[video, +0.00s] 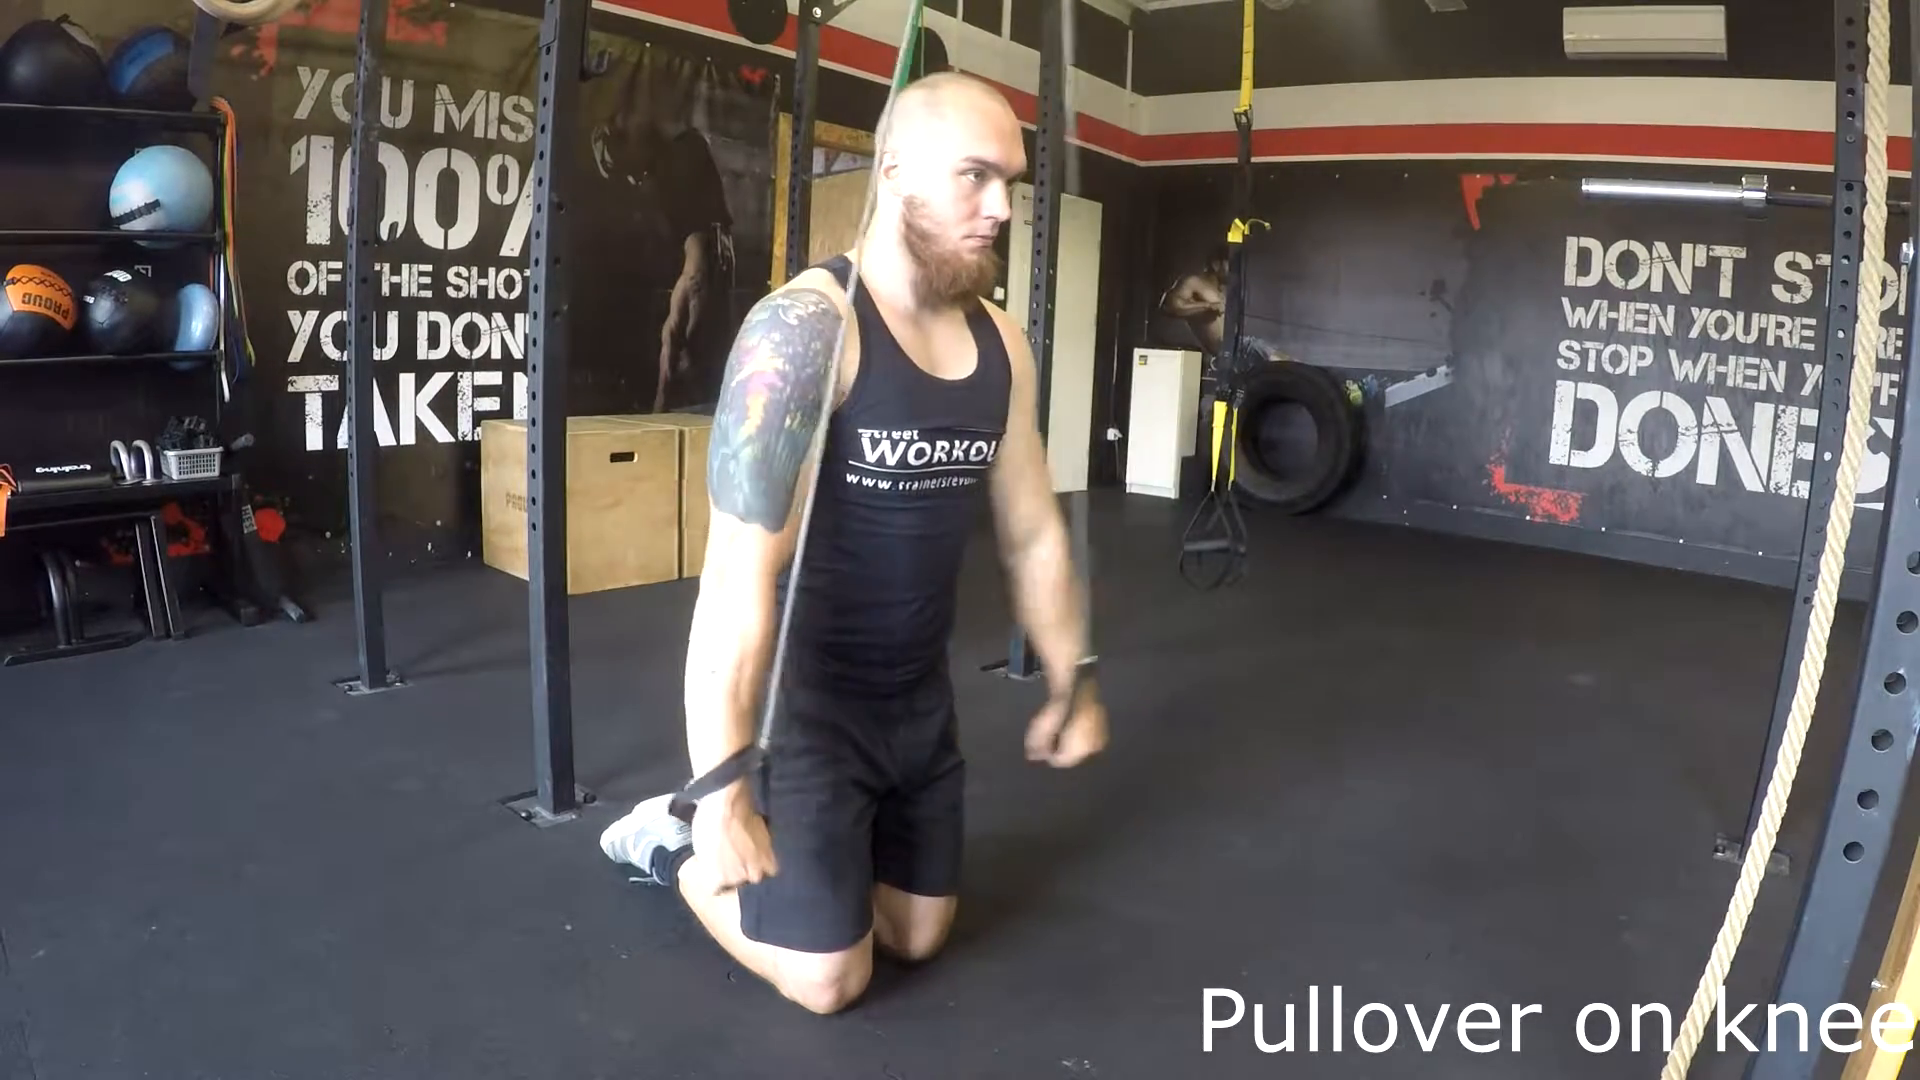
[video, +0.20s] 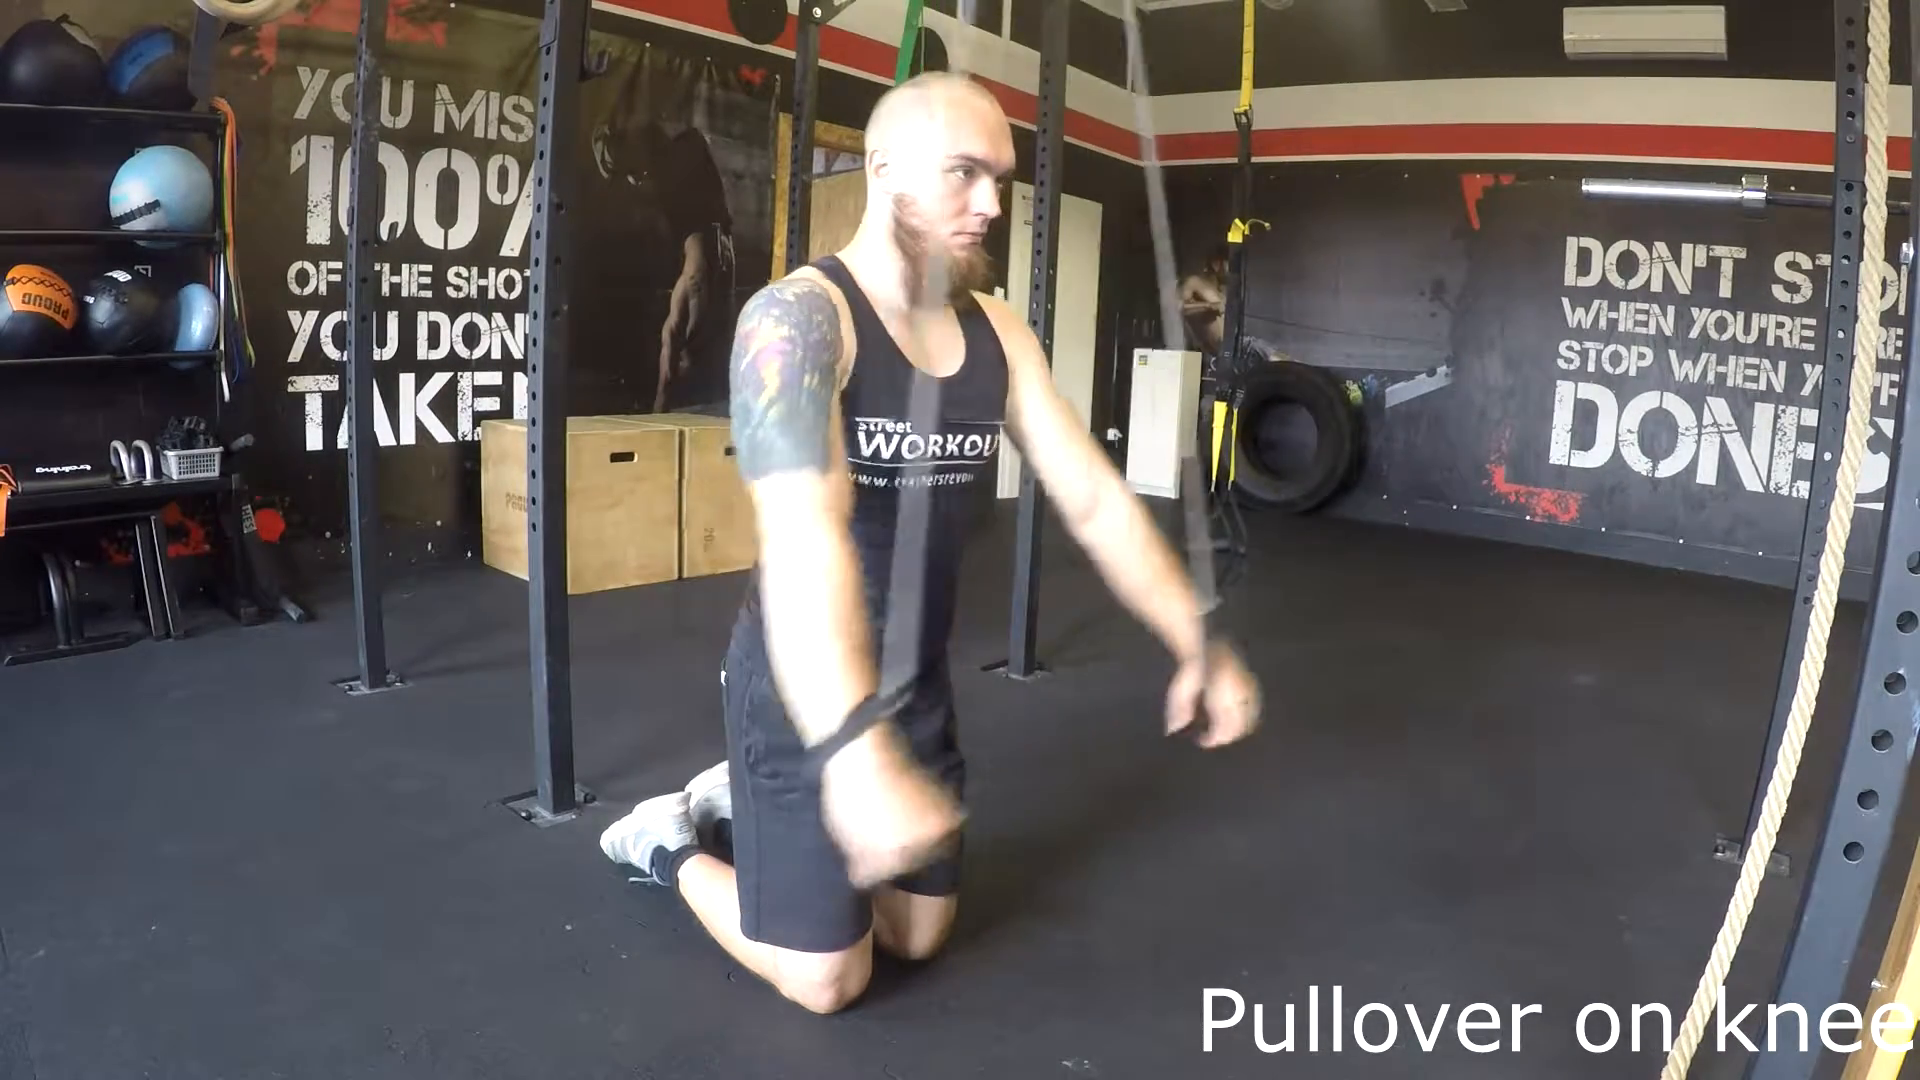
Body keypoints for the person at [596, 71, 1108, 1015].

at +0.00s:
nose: (1002, 208)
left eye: (1012, 182)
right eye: (976, 176)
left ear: (1015, 190)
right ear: (896, 176)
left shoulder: (999, 340)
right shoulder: (801, 331)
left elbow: (1032, 529)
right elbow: (738, 572)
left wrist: (1070, 675)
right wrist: (720, 786)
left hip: (920, 697)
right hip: (804, 703)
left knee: (918, 931)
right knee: (825, 980)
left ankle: (766, 837)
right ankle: (684, 845)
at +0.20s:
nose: (990, 204)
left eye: (1000, 178)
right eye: (964, 172)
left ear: (1005, 187)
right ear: (886, 177)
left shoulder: (996, 330)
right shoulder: (796, 320)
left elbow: (1093, 496)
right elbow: (802, 545)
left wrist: (1196, 640)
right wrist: (858, 751)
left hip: (917, 674)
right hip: (802, 683)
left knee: (918, 931)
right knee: (824, 979)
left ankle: (746, 806)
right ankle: (669, 853)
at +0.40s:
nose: (979, 203)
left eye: (992, 182)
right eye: (955, 173)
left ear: (994, 191)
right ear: (873, 170)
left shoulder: (981, 313)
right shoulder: (794, 302)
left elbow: (1125, 418)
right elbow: (934, 440)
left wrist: (1304, 523)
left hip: (915, 687)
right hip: (799, 689)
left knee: (915, 928)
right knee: (822, 980)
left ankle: (744, 807)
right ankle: (677, 854)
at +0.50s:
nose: (978, 206)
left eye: (990, 183)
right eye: (951, 177)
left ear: (992, 188)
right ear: (867, 173)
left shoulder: (984, 303)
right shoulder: (791, 294)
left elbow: (1123, 376)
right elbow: (949, 369)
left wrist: (1334, 453)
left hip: (916, 683)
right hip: (797, 686)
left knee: (916, 931)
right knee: (822, 978)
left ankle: (759, 807)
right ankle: (672, 852)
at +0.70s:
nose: (982, 213)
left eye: (994, 188)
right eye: (959, 183)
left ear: (994, 190)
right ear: (875, 176)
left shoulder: (976, 299)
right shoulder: (791, 292)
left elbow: (1144, 341)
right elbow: (970, 310)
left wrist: (1319, 353)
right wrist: (1200, 288)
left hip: (912, 681)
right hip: (797, 682)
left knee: (915, 932)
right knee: (820, 977)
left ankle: (754, 805)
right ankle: (672, 852)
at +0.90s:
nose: (984, 214)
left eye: (995, 188)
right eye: (958, 183)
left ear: (995, 192)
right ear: (874, 178)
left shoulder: (985, 310)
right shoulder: (791, 305)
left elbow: (1129, 370)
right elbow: (956, 379)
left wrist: (1331, 438)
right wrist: (1188, 418)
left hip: (913, 685)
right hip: (796, 687)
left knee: (916, 931)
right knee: (820, 978)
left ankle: (751, 808)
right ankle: (672, 852)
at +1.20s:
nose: (988, 211)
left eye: (998, 183)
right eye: (962, 178)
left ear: (1003, 190)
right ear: (881, 176)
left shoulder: (994, 333)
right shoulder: (798, 325)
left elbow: (1089, 498)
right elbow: (842, 555)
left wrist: (1198, 660)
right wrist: (919, 762)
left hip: (911, 671)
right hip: (797, 678)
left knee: (919, 928)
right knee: (824, 980)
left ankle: (750, 806)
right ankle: (672, 857)